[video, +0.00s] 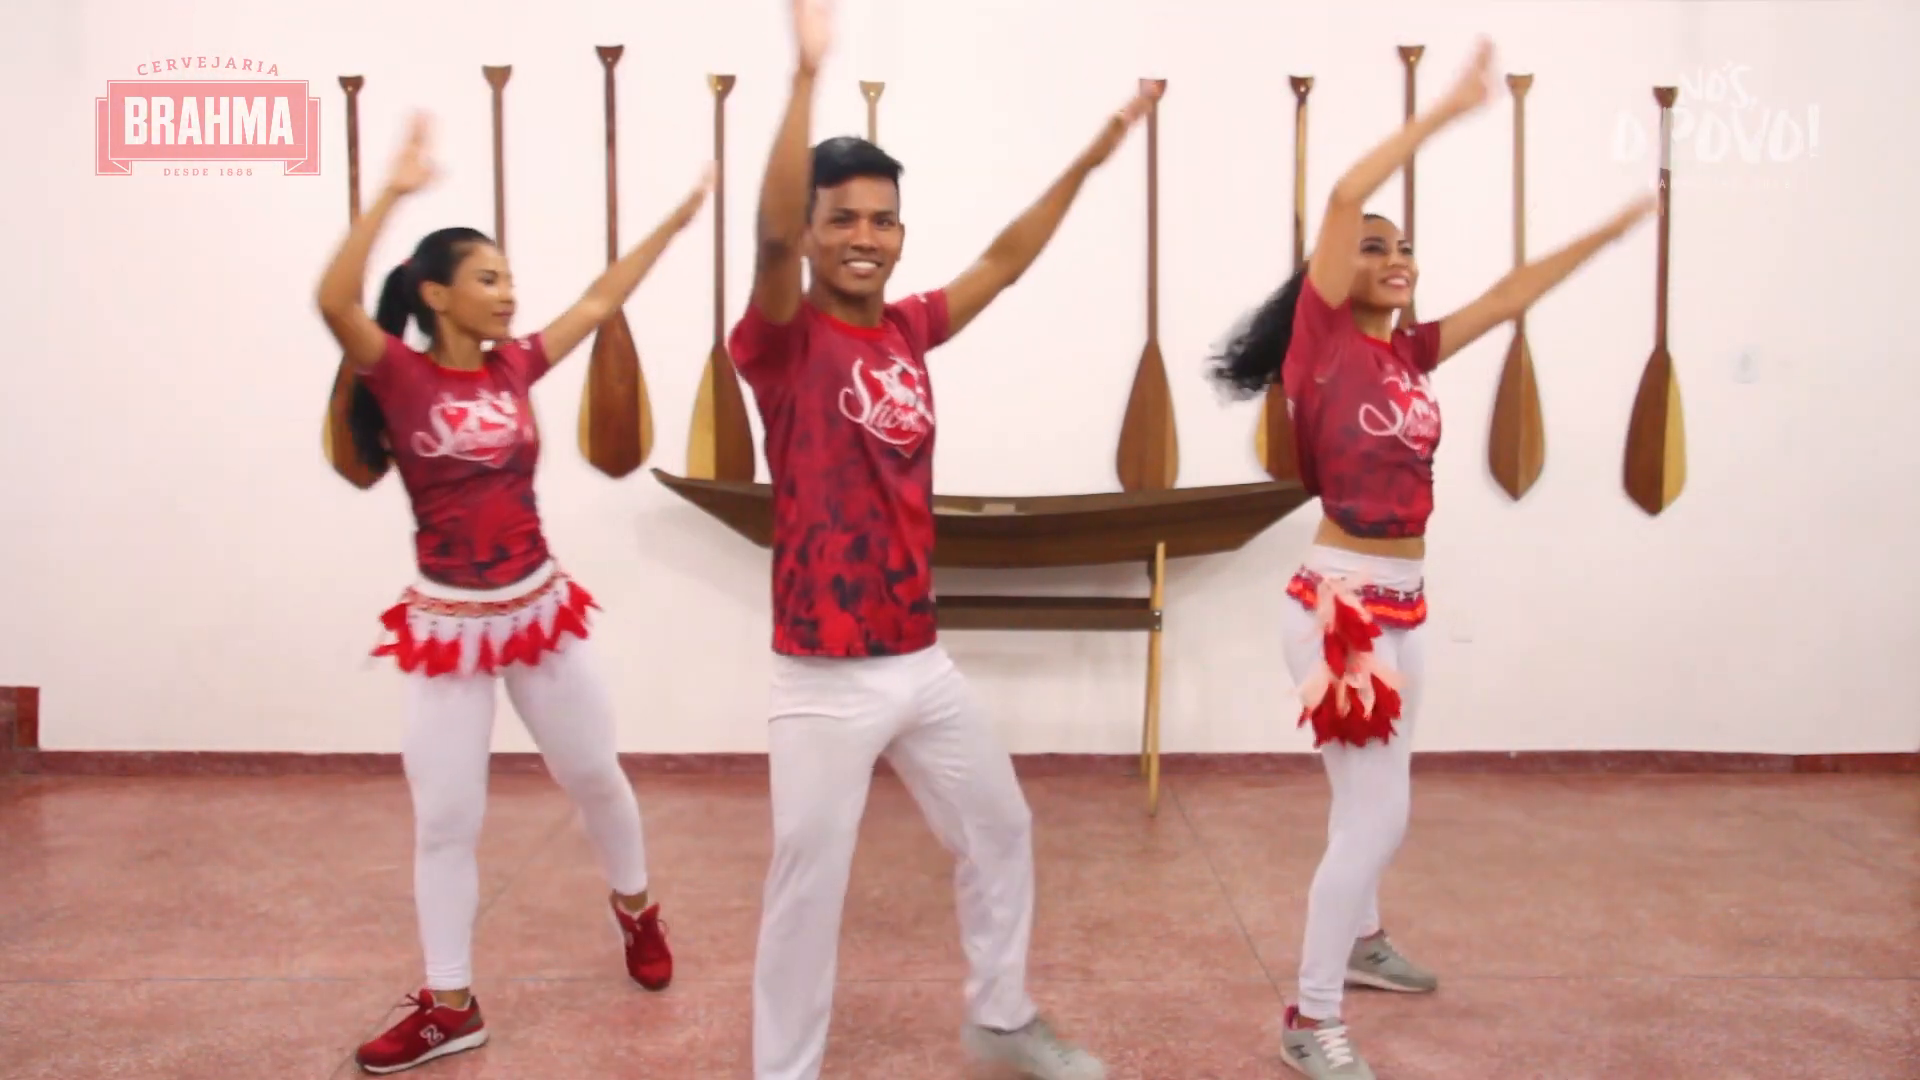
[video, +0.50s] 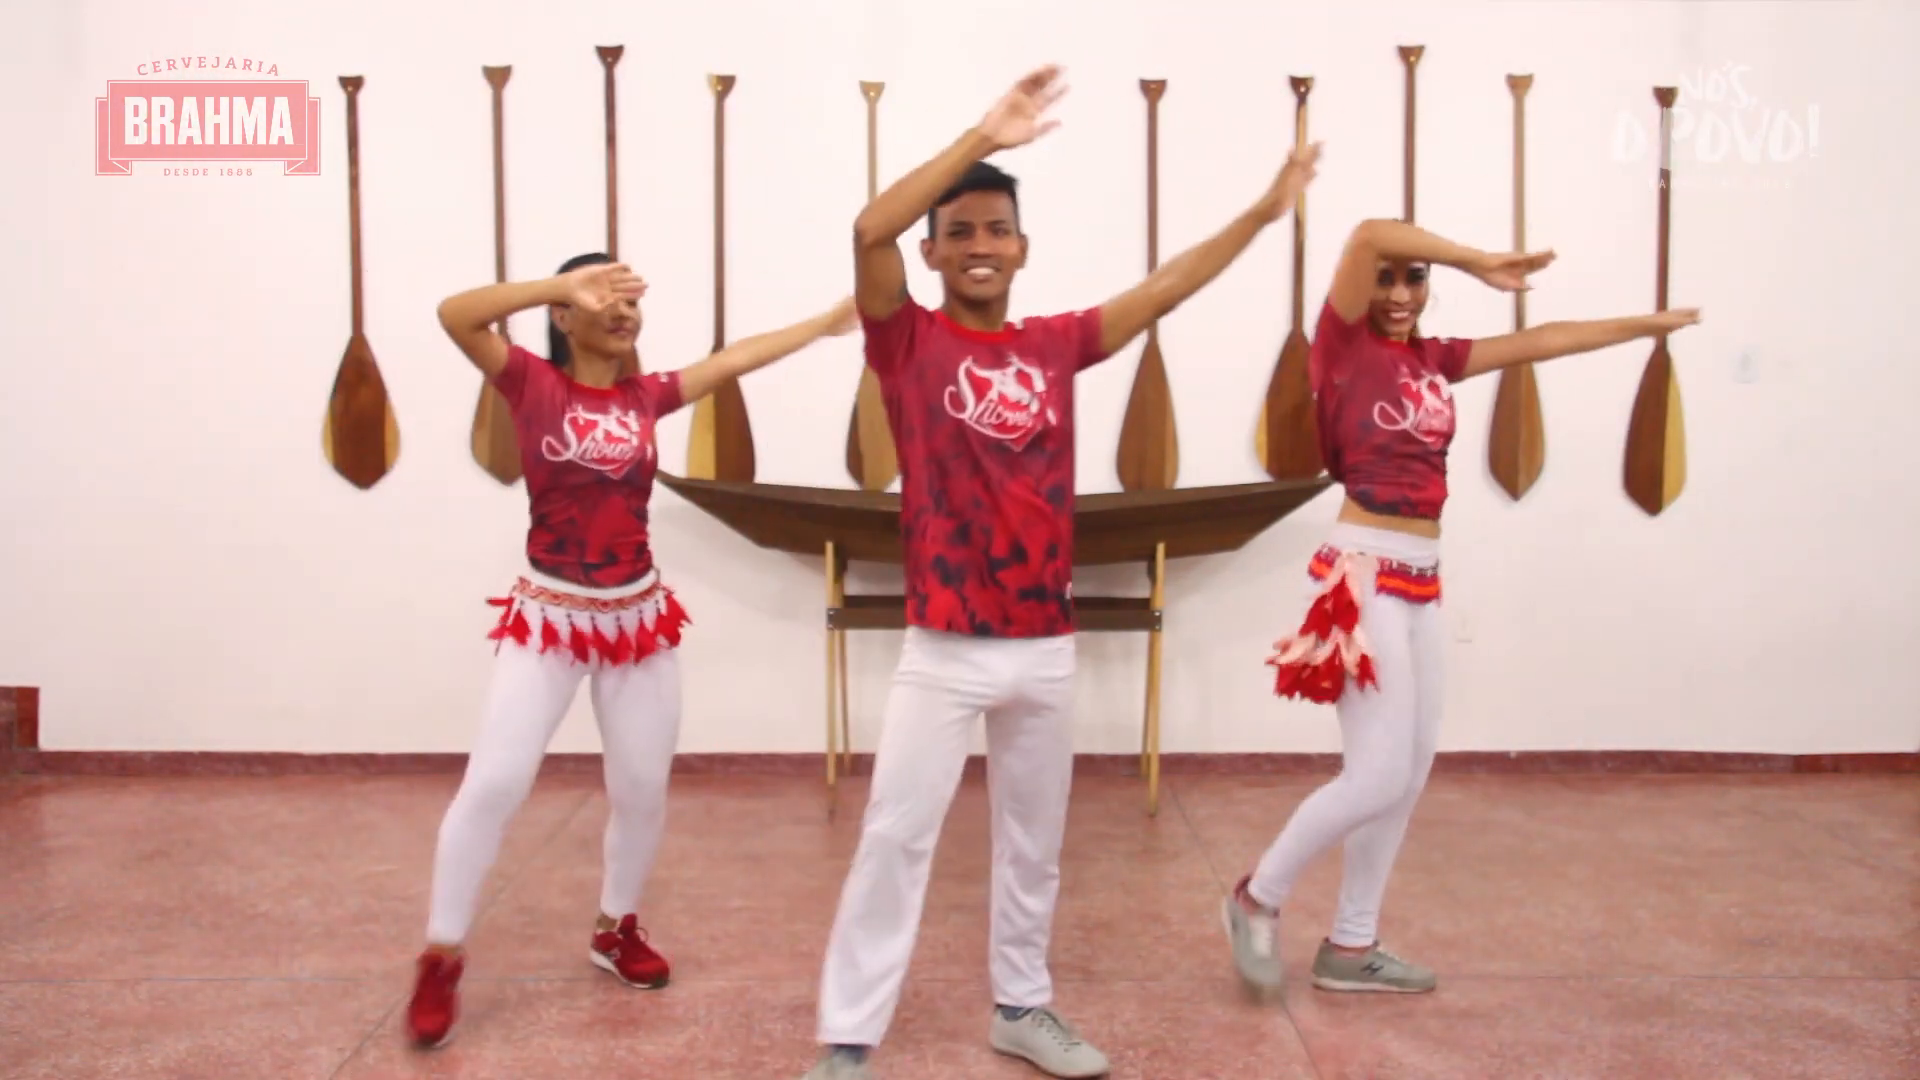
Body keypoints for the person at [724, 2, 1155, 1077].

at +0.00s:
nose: (865, 235)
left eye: (882, 219)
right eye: (844, 218)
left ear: (900, 235)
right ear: (802, 235)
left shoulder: (910, 329)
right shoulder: (781, 343)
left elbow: (1005, 258)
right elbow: (777, 223)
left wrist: (1099, 151)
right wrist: (806, 70)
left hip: (919, 663)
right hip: (822, 676)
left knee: (998, 824)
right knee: (807, 876)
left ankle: (1001, 1020)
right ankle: (786, 1066)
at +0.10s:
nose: (879, 245)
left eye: (897, 229)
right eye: (859, 228)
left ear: (916, 247)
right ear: (821, 246)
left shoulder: (932, 342)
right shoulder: (799, 352)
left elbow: (1028, 270)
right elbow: (803, 230)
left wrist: (1125, 176)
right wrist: (863, 83)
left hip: (940, 670)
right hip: (839, 679)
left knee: (993, 843)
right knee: (813, 883)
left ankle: (1025, 1006)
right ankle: (786, 1067)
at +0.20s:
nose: (903, 257)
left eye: (919, 240)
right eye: (885, 241)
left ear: (942, 255)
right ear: (852, 257)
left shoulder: (965, 354)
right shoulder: (829, 363)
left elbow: (1059, 279)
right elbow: (827, 245)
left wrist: (1155, 205)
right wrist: (903, 112)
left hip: (974, 672)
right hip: (871, 679)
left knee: (997, 849)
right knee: (828, 884)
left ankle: (1017, 1008)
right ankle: (785, 1071)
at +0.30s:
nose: (930, 253)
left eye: (946, 236)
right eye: (912, 238)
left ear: (972, 250)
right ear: (880, 256)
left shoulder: (1000, 347)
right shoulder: (863, 356)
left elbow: (1095, 280)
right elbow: (854, 243)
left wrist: (1196, 211)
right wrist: (939, 123)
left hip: (1009, 658)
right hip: (907, 667)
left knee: (1008, 845)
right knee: (849, 879)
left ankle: (1013, 1003)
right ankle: (792, 1069)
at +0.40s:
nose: (959, 249)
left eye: (974, 234)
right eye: (940, 235)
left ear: (1000, 251)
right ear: (908, 254)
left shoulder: (1029, 346)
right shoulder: (888, 351)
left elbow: (1141, 280)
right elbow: (870, 239)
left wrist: (1236, 208)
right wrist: (967, 126)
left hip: (1034, 650)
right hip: (932, 656)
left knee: (1026, 844)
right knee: (873, 852)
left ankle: (1019, 1005)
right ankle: (812, 1055)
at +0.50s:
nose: (981, 249)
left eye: (998, 234)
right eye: (962, 234)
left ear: (1020, 250)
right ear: (933, 252)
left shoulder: (1056, 344)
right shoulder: (905, 343)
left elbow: (1172, 283)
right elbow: (873, 233)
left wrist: (1270, 205)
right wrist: (979, 136)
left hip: (1041, 645)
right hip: (942, 645)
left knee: (1032, 841)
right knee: (894, 836)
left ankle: (1021, 1008)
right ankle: (845, 1041)